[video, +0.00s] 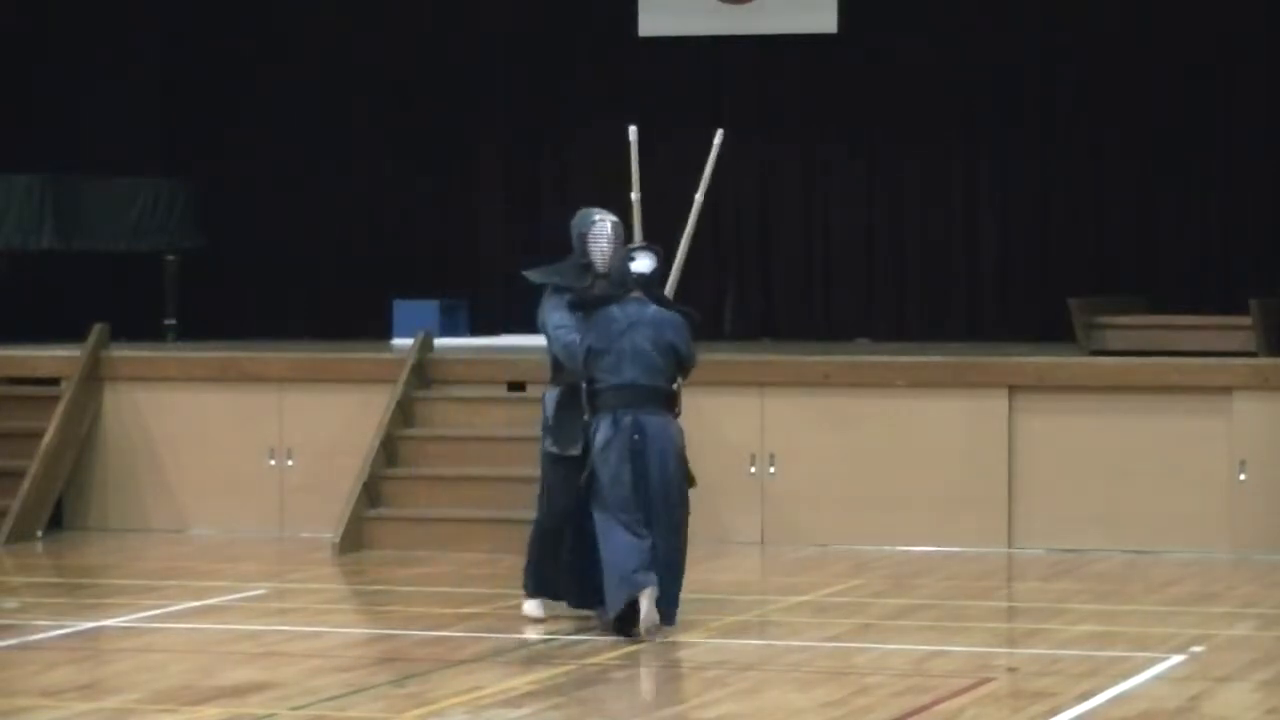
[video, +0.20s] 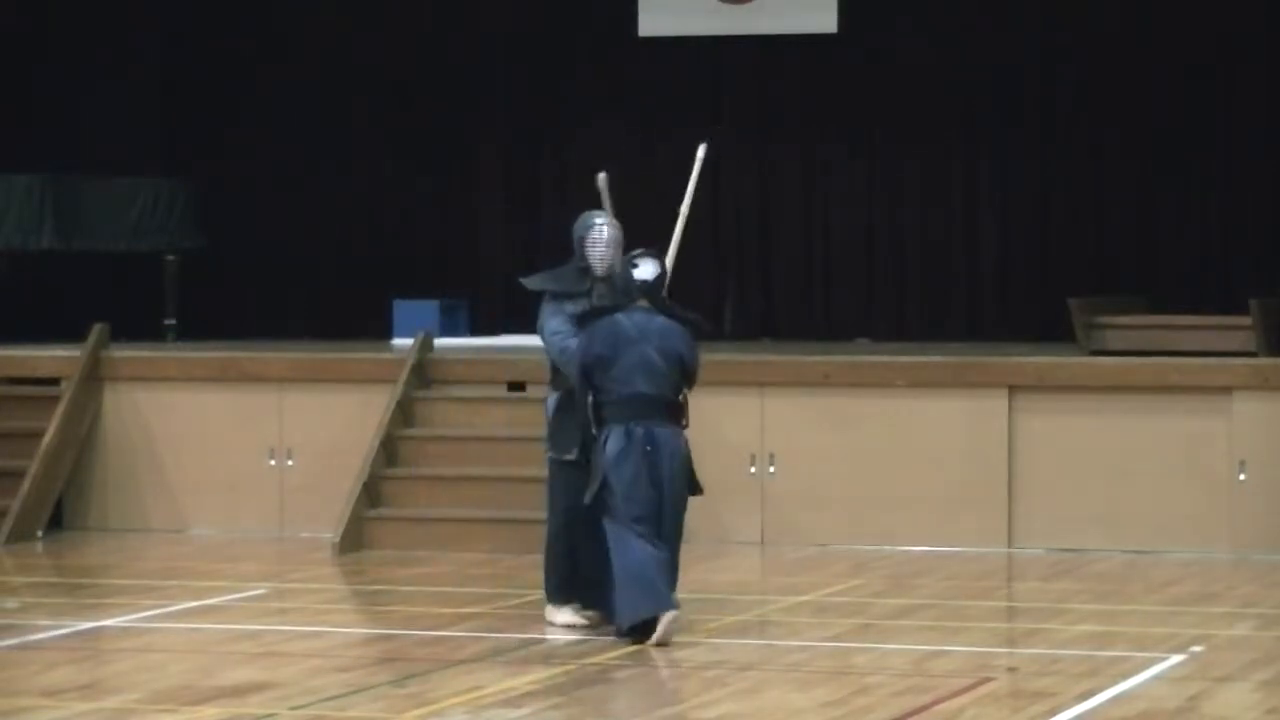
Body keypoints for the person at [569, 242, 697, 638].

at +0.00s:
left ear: (616, 283)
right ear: (648, 283)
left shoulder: (600, 320)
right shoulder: (669, 319)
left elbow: (575, 358)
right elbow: (686, 363)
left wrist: (555, 313)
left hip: (613, 421)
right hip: (660, 422)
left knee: (616, 509)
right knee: (665, 514)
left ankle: (640, 584)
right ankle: (662, 610)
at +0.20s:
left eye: (624, 283)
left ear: (623, 287)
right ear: (658, 288)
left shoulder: (601, 332)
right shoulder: (675, 330)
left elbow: (580, 374)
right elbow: (689, 375)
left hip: (622, 432)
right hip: (668, 432)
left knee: (625, 520)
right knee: (664, 521)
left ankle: (658, 604)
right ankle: (646, 612)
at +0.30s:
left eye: (623, 284)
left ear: (623, 289)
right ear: (659, 290)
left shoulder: (601, 334)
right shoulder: (680, 335)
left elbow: (581, 387)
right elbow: (689, 384)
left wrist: (589, 420)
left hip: (623, 436)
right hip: (669, 435)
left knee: (632, 525)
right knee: (664, 527)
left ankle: (663, 612)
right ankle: (638, 617)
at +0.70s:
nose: (624, 282)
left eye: (626, 276)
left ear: (629, 281)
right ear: (667, 283)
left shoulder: (608, 328)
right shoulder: (685, 327)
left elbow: (582, 383)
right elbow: (691, 366)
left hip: (631, 433)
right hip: (678, 432)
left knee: (635, 527)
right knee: (668, 525)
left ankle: (666, 620)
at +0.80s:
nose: (628, 278)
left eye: (630, 272)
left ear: (633, 276)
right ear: (672, 280)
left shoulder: (613, 324)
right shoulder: (689, 325)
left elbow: (585, 378)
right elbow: (690, 366)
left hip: (634, 432)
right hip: (682, 431)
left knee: (640, 526)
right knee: (675, 524)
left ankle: (666, 619)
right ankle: (678, 616)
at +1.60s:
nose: (615, 288)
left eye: (618, 282)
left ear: (622, 285)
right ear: (656, 283)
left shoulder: (614, 332)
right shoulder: (676, 326)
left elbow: (585, 389)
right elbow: (683, 361)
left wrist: (585, 348)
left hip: (637, 436)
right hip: (674, 433)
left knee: (639, 526)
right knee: (671, 526)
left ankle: (673, 627)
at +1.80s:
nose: (596, 291)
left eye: (598, 285)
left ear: (603, 289)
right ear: (638, 286)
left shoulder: (600, 331)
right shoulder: (659, 328)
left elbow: (559, 378)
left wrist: (558, 345)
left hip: (624, 436)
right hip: (656, 433)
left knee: (634, 527)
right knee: (620, 527)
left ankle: (672, 624)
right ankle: (611, 621)